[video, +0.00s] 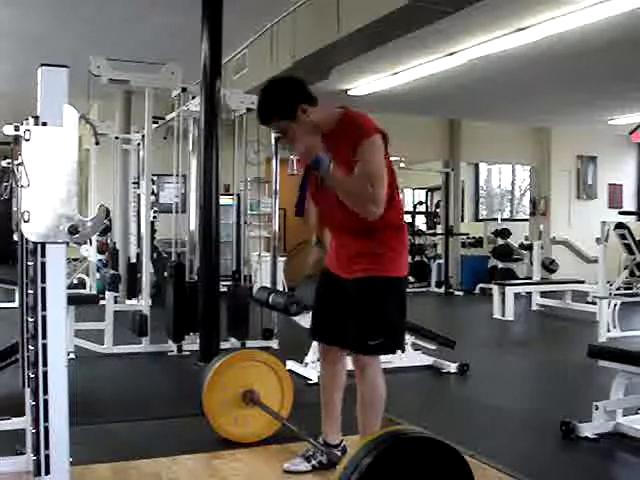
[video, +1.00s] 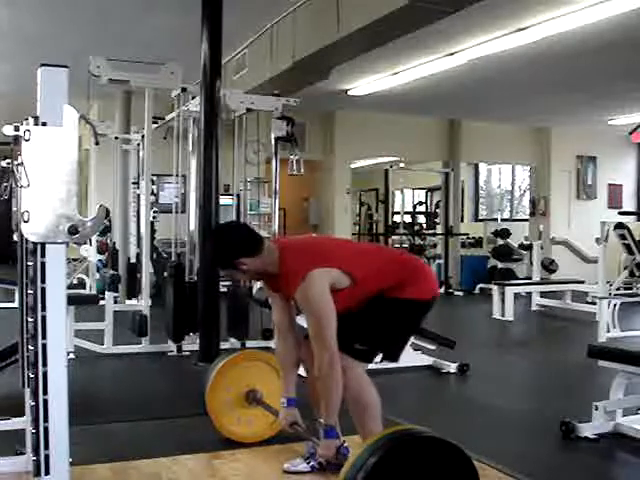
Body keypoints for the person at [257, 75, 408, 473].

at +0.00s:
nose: (287, 144)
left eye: (285, 134)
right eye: (281, 138)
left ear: (304, 112)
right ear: (302, 115)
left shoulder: (363, 131)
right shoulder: (319, 141)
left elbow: (373, 204)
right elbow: (321, 212)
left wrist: (322, 166)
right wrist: (308, 183)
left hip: (378, 265)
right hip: (339, 261)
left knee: (367, 358)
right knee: (329, 352)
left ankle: (369, 452)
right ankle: (331, 444)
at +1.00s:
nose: (238, 280)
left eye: (234, 275)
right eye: (233, 277)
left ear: (244, 265)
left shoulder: (307, 275)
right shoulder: (275, 271)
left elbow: (330, 357)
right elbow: (285, 336)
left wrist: (330, 431)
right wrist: (288, 402)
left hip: (410, 286)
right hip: (372, 288)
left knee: (347, 361)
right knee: (311, 351)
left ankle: (378, 455)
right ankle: (328, 449)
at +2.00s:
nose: (208, 268)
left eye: (204, 261)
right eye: (202, 263)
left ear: (212, 250)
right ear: (222, 236)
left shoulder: (279, 264)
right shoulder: (260, 254)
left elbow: (309, 336)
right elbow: (281, 321)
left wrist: (323, 416)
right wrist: (287, 380)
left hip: (387, 278)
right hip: (359, 279)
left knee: (336, 362)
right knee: (313, 357)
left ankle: (372, 453)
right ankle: (330, 446)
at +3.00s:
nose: (312, 104)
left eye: (316, 94)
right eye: (307, 98)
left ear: (338, 81)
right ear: (308, 97)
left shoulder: (381, 121)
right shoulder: (328, 137)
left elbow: (438, 163)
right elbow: (346, 197)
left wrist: (430, 231)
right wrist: (349, 252)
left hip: (397, 265)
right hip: (352, 266)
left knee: (405, 358)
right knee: (339, 353)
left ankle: (423, 444)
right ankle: (332, 446)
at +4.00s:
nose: (339, 107)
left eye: (342, 97)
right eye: (331, 102)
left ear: (360, 79)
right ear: (324, 99)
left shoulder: (396, 127)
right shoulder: (336, 136)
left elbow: (427, 190)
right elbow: (325, 198)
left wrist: (374, 230)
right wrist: (335, 236)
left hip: (390, 263)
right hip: (356, 262)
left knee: (375, 358)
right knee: (367, 358)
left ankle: (374, 451)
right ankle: (372, 447)